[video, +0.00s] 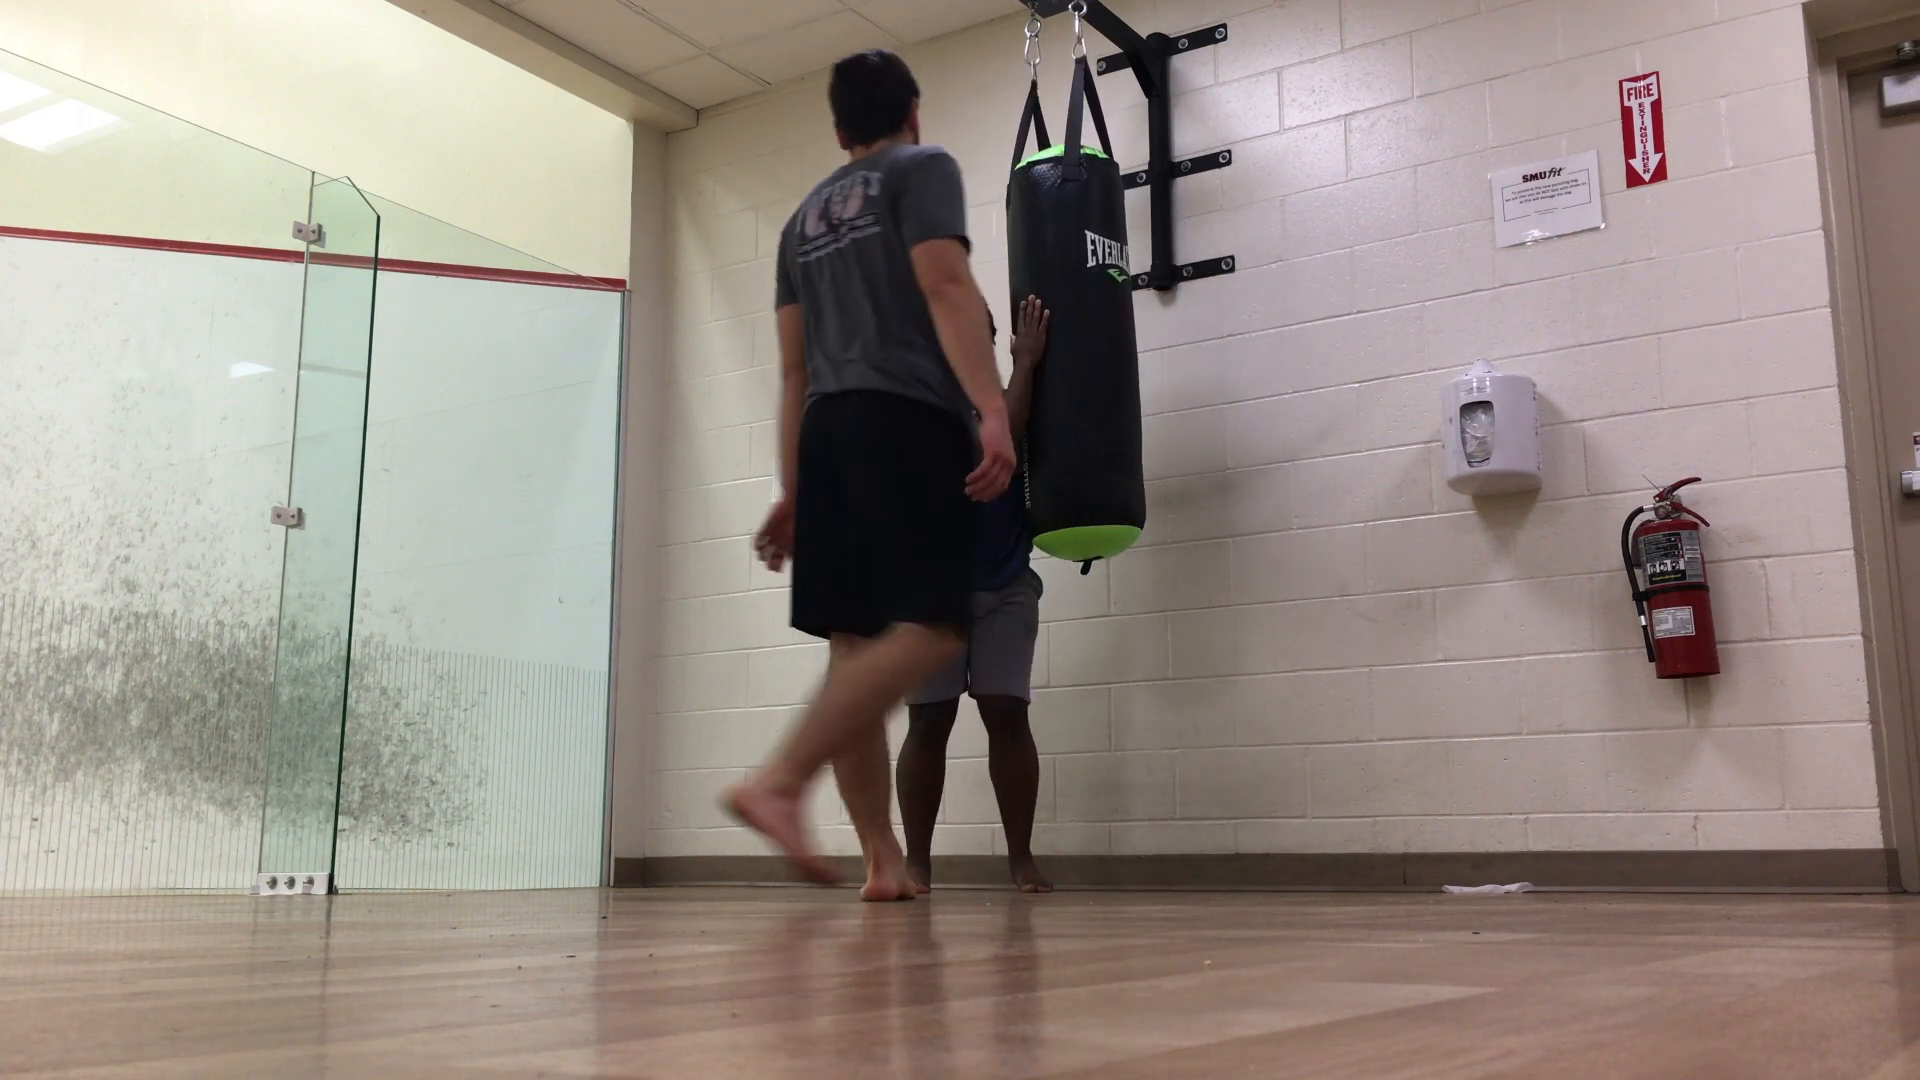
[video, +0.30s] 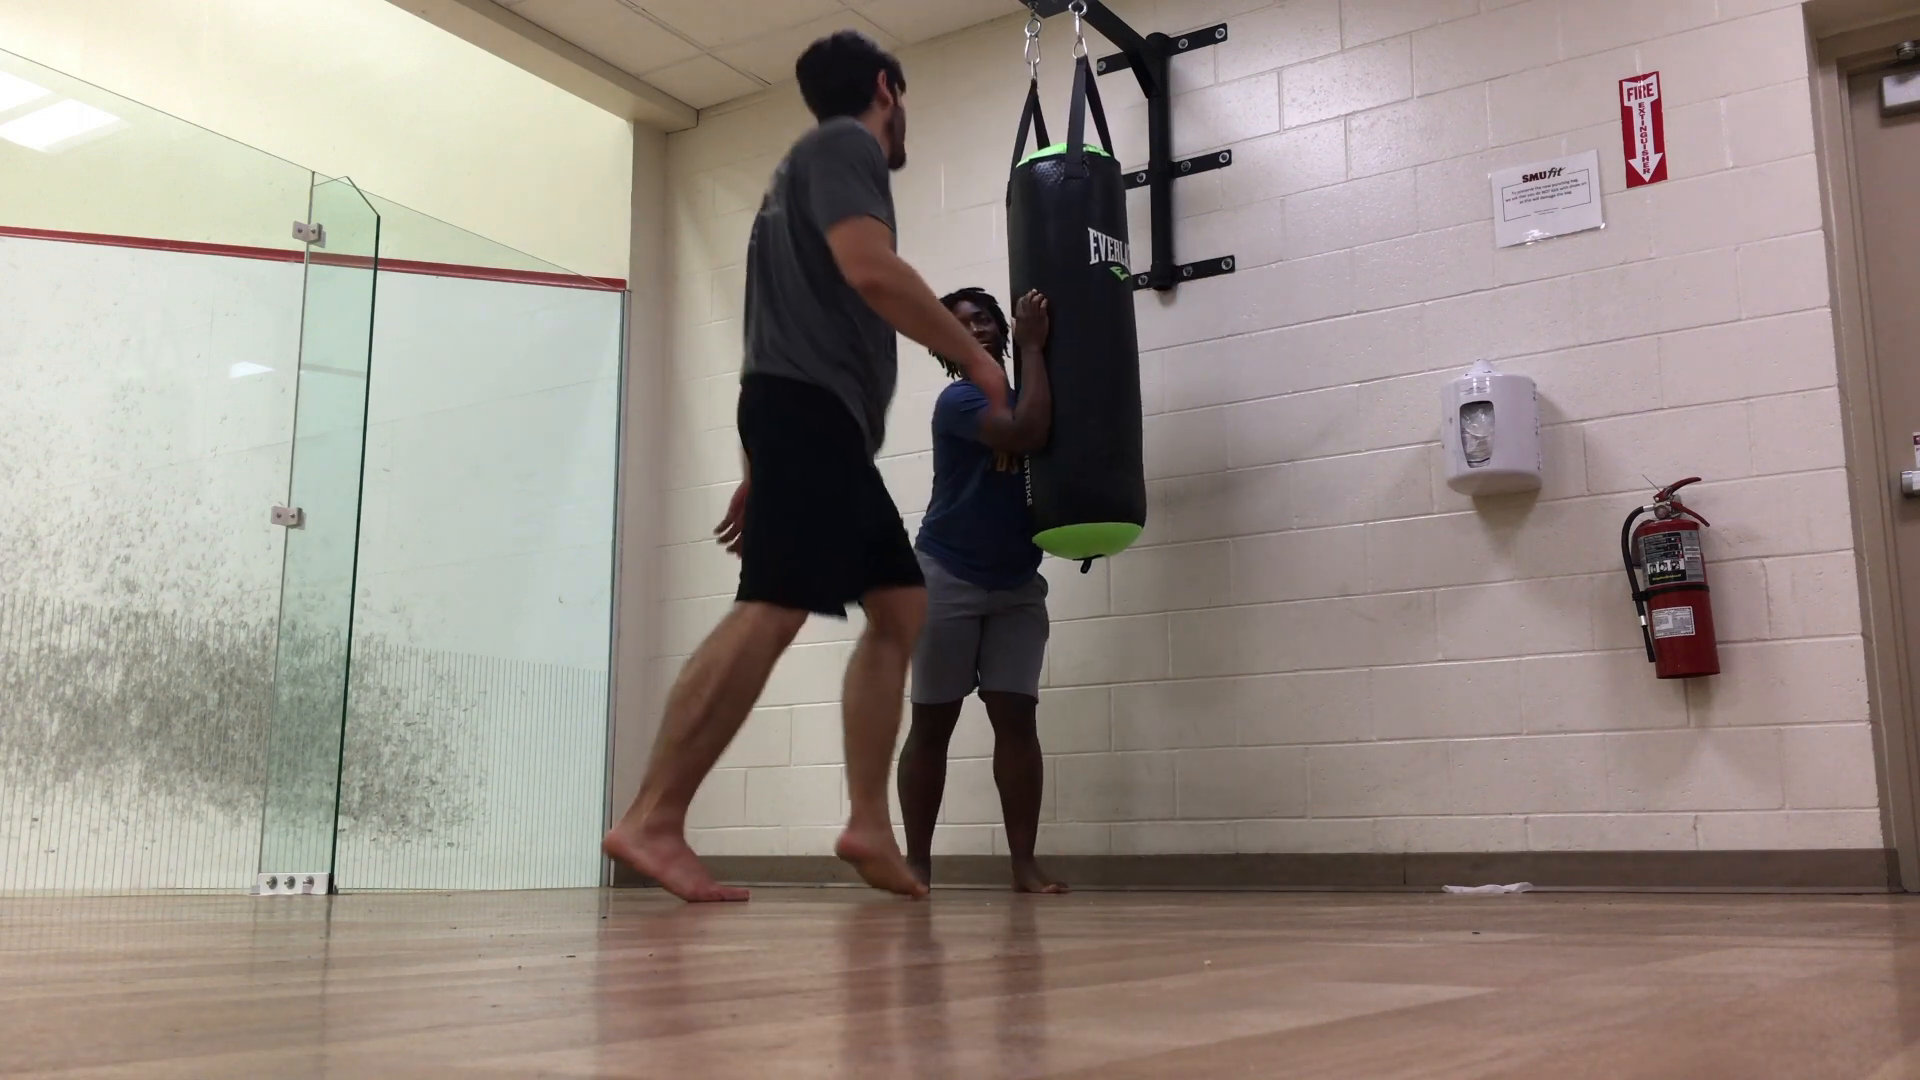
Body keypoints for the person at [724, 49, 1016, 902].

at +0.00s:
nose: (921, 126)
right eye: (919, 115)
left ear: (837, 130)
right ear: (914, 118)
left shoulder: (801, 219)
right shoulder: (921, 166)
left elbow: (794, 368)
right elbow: (943, 281)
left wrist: (793, 487)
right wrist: (991, 407)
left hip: (828, 440)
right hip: (909, 426)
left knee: (854, 642)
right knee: (936, 629)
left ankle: (884, 860)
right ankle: (775, 782)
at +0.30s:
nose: (907, 120)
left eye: (903, 105)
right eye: (904, 103)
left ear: (824, 101)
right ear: (883, 92)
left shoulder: (791, 186)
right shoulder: (841, 144)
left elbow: (782, 339)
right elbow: (868, 266)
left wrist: (761, 473)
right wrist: (977, 361)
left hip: (803, 422)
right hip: (802, 411)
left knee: (900, 609)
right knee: (771, 610)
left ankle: (869, 823)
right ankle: (650, 822)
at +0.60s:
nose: (896, 116)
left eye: (896, 100)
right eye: (898, 96)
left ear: (827, 84)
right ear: (882, 84)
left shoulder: (833, 163)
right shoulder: (819, 134)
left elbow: (797, 289)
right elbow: (792, 243)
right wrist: (894, 351)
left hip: (827, 419)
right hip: (792, 407)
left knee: (862, 617)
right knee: (755, 594)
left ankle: (834, 827)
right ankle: (659, 815)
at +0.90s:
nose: (911, 159)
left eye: (908, 148)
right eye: (913, 146)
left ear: (838, 146)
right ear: (903, 140)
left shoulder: (811, 220)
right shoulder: (879, 186)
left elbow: (831, 359)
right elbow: (874, 296)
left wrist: (926, 437)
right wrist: (919, 425)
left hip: (801, 441)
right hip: (836, 438)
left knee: (822, 649)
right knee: (818, 625)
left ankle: (862, 857)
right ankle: (693, 796)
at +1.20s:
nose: (950, 192)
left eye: (947, 181)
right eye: (949, 181)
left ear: (871, 182)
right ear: (940, 176)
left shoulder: (824, 259)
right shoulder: (930, 219)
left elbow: (798, 388)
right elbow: (926, 319)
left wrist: (855, 441)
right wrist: (971, 444)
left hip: (832, 472)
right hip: (917, 465)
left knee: (845, 659)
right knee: (960, 648)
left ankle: (862, 860)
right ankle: (926, 832)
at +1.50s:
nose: (979, 209)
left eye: (974, 200)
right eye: (981, 199)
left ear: (904, 199)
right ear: (973, 195)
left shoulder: (848, 267)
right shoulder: (984, 248)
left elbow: (823, 393)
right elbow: (1009, 364)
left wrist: (885, 441)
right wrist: (1039, 477)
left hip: (874, 482)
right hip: (963, 478)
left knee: (899, 669)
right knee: (983, 670)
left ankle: (878, 839)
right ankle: (990, 860)